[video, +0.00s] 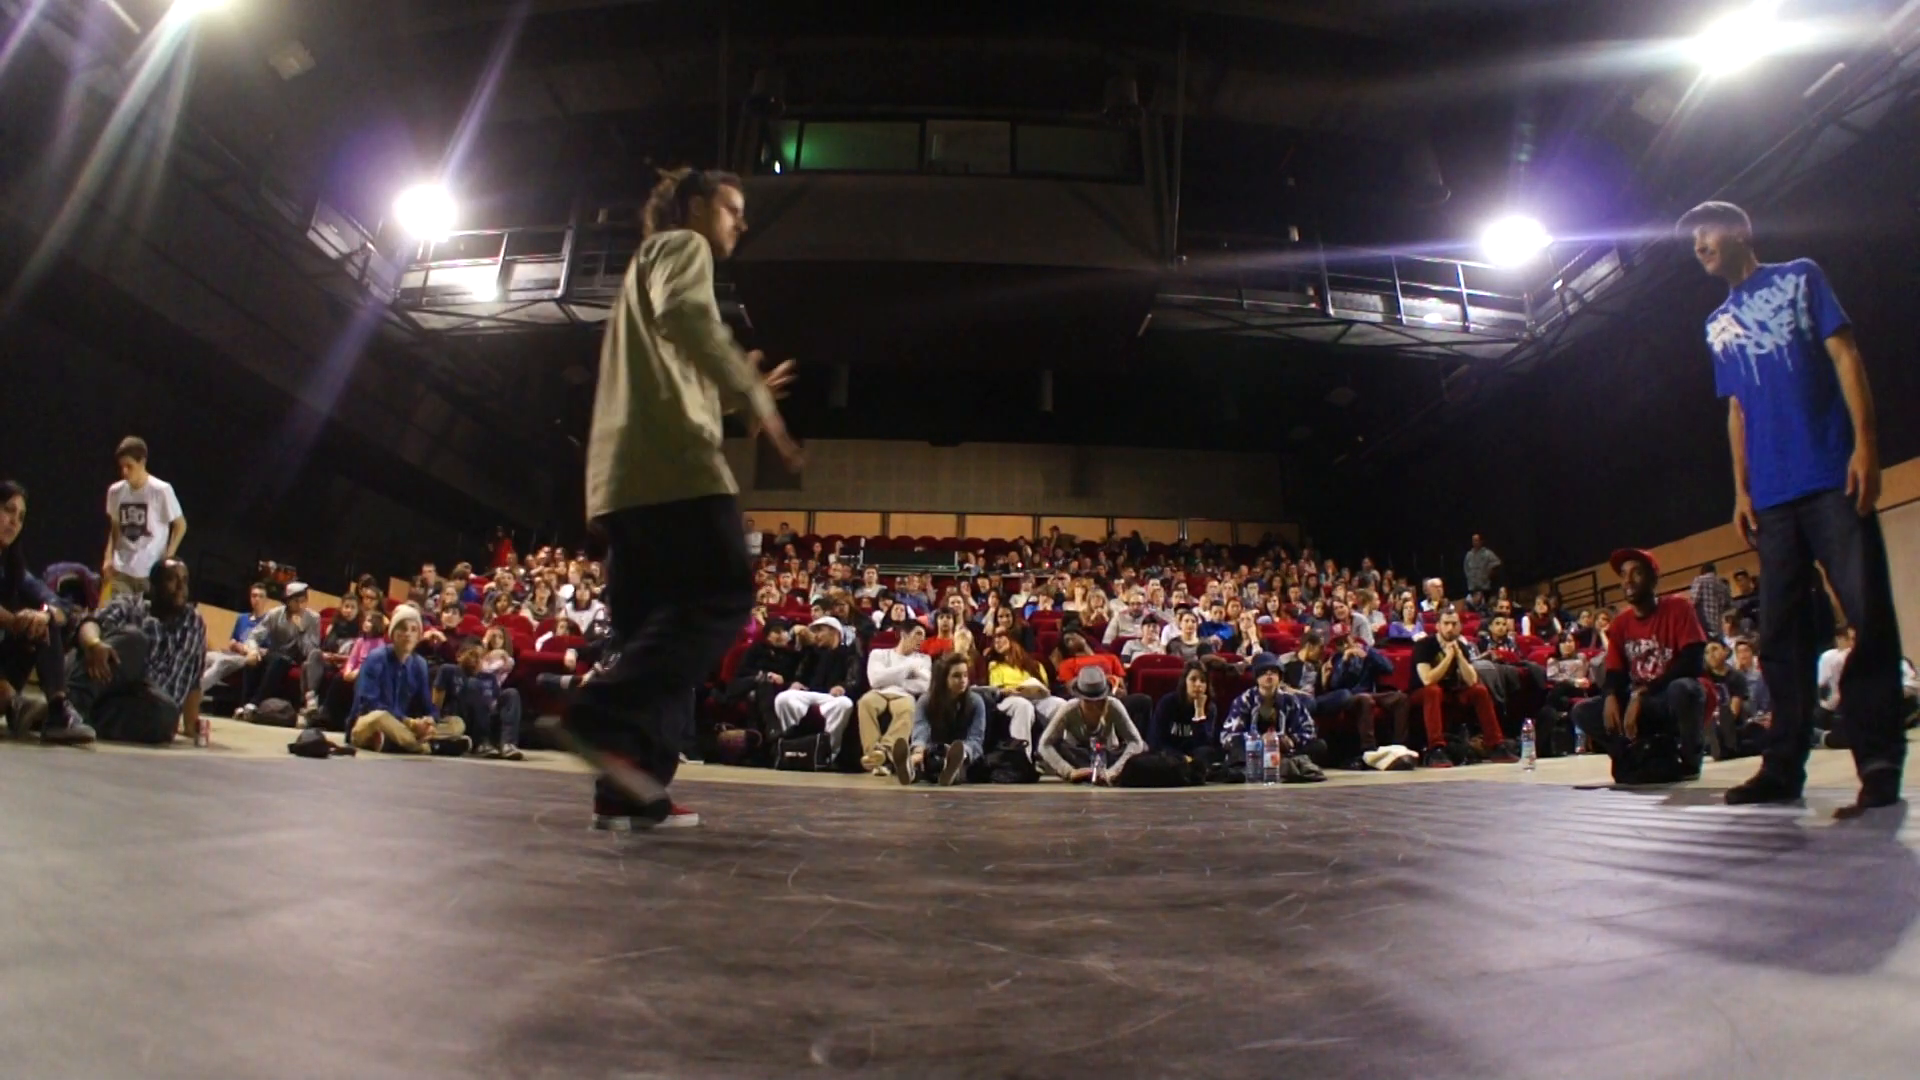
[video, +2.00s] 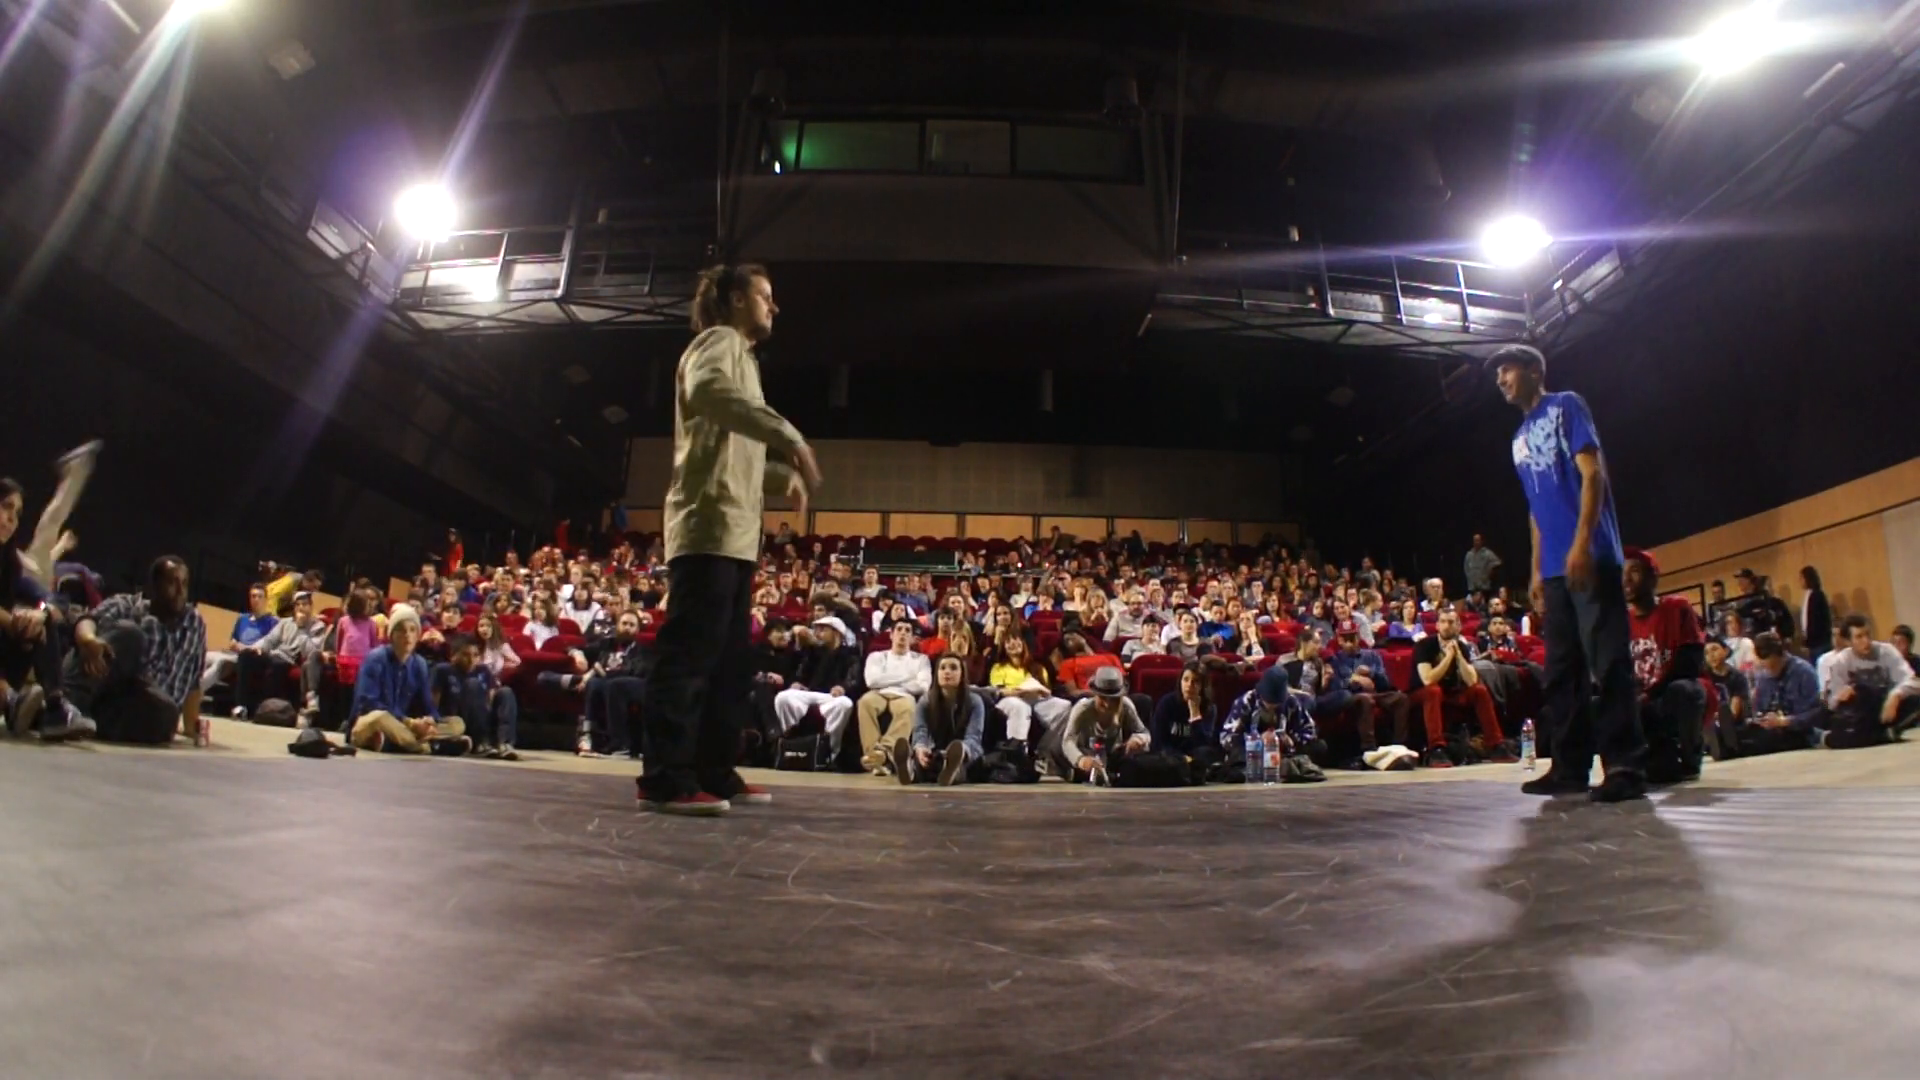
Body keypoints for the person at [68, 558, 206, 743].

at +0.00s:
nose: (181, 587)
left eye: (185, 581)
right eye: (172, 580)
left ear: (188, 586)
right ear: (155, 584)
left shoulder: (194, 624)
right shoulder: (131, 606)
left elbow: (194, 682)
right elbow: (90, 623)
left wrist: (191, 729)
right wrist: (93, 644)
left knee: (162, 717)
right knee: (134, 639)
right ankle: (73, 707)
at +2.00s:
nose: (180, 590)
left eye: (184, 584)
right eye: (172, 583)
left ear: (188, 588)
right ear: (156, 584)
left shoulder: (195, 625)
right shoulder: (128, 605)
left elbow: (193, 684)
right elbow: (87, 620)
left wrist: (192, 731)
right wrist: (88, 640)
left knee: (163, 718)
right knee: (129, 634)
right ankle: (70, 705)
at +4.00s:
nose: (178, 586)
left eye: (182, 579)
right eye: (170, 578)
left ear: (186, 584)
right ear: (151, 580)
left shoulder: (191, 624)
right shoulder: (124, 602)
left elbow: (191, 684)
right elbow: (77, 616)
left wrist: (191, 731)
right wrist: (77, 634)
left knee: (161, 718)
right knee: (116, 623)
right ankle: (67, 707)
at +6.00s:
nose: (178, 589)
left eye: (182, 582)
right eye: (170, 581)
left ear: (186, 585)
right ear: (151, 581)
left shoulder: (191, 624)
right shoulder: (123, 603)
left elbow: (190, 685)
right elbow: (76, 617)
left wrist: (191, 731)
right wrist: (77, 635)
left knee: (159, 719)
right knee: (116, 624)